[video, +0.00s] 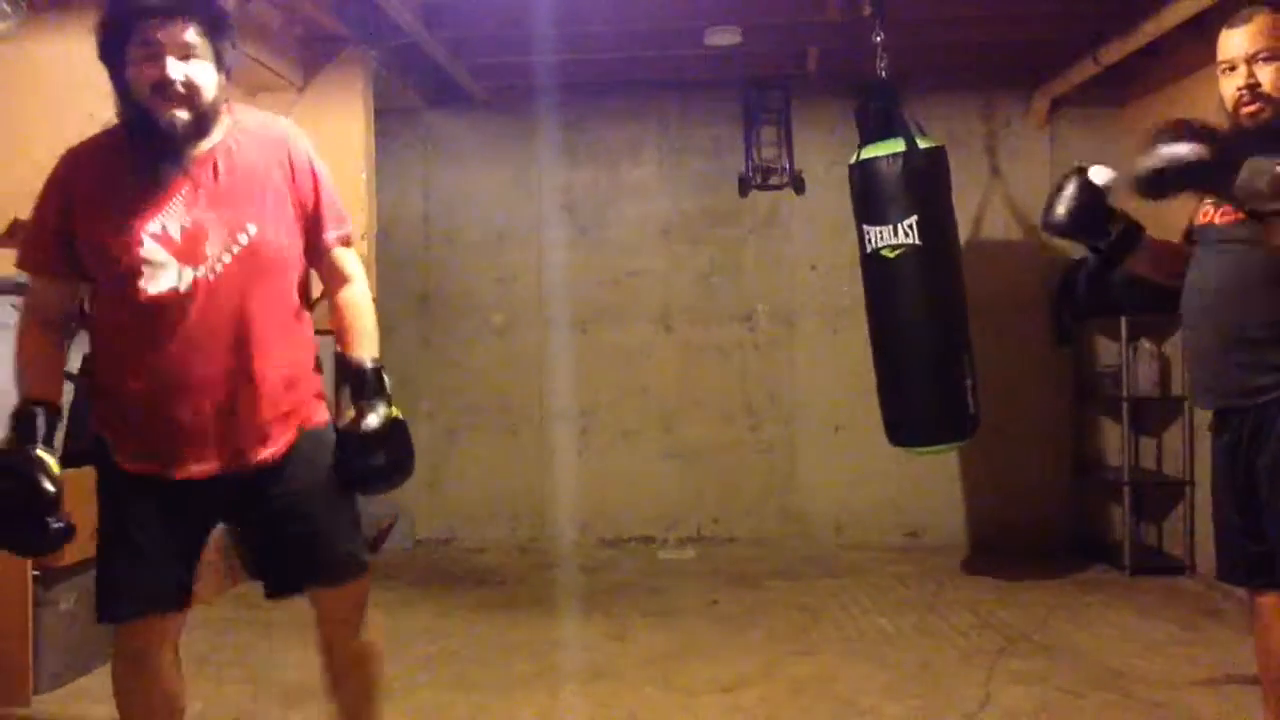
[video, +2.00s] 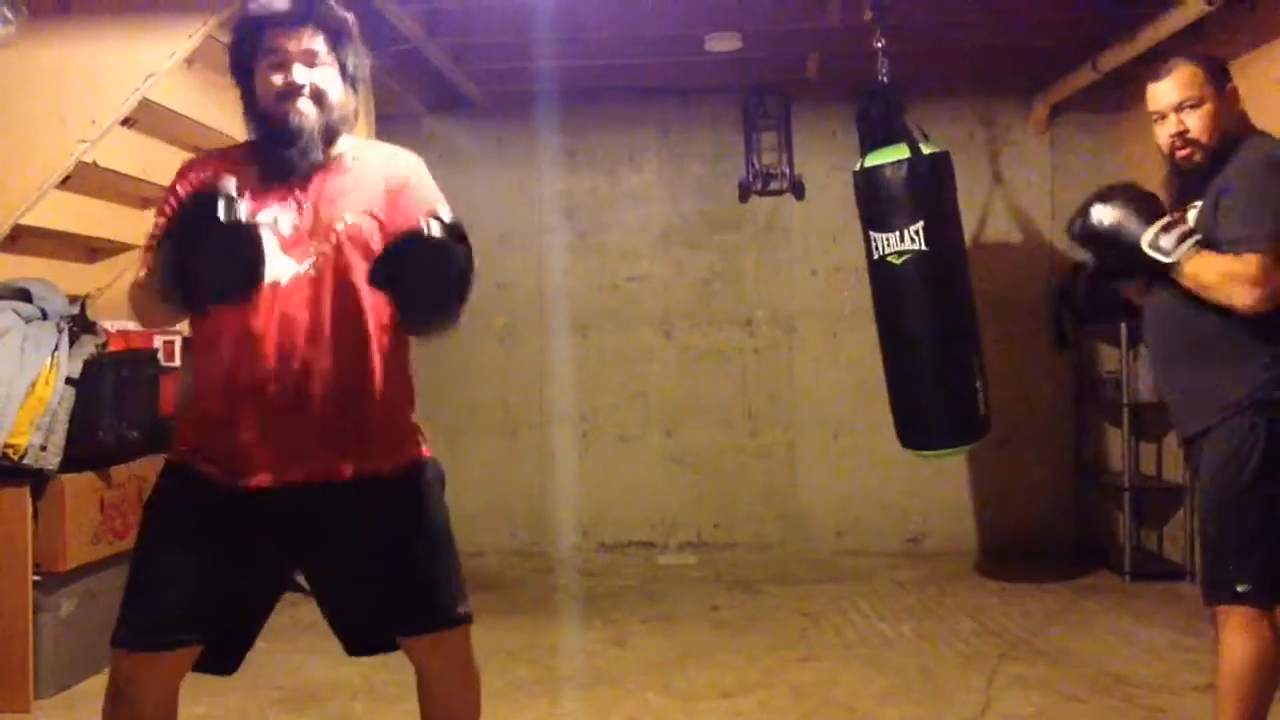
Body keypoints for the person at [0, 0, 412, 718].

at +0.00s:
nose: (170, 74)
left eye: (188, 53)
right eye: (149, 55)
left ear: (221, 62)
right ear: (120, 68)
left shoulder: (283, 152)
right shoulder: (83, 175)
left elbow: (345, 275)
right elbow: (47, 317)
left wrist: (369, 395)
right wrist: (33, 443)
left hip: (283, 439)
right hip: (148, 456)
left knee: (346, 598)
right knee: (142, 639)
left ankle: (363, 715)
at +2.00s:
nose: (295, 77)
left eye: (315, 61)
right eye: (276, 63)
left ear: (348, 78)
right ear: (248, 82)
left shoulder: (396, 171)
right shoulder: (204, 178)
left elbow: (428, 313)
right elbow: (150, 310)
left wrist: (435, 289)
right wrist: (186, 272)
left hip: (372, 469)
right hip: (221, 472)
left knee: (443, 645)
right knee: (143, 664)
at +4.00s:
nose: (345, 62)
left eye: (342, 47)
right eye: (328, 45)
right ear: (278, 55)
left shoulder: (337, 152)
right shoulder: (246, 138)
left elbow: (374, 267)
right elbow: (226, 264)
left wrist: (437, 320)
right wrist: (336, 329)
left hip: (334, 412)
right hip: (267, 415)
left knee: (322, 588)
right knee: (274, 608)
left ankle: (305, 711)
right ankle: (231, 711)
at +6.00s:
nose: (681, 83)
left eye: (682, 66)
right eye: (673, 65)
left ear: (611, 62)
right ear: (625, 60)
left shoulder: (588, 119)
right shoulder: (597, 124)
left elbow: (673, 235)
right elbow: (676, 244)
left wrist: (767, 222)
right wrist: (785, 213)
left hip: (523, 390)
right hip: (568, 399)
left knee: (497, 558)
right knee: (599, 595)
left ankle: (413, 705)